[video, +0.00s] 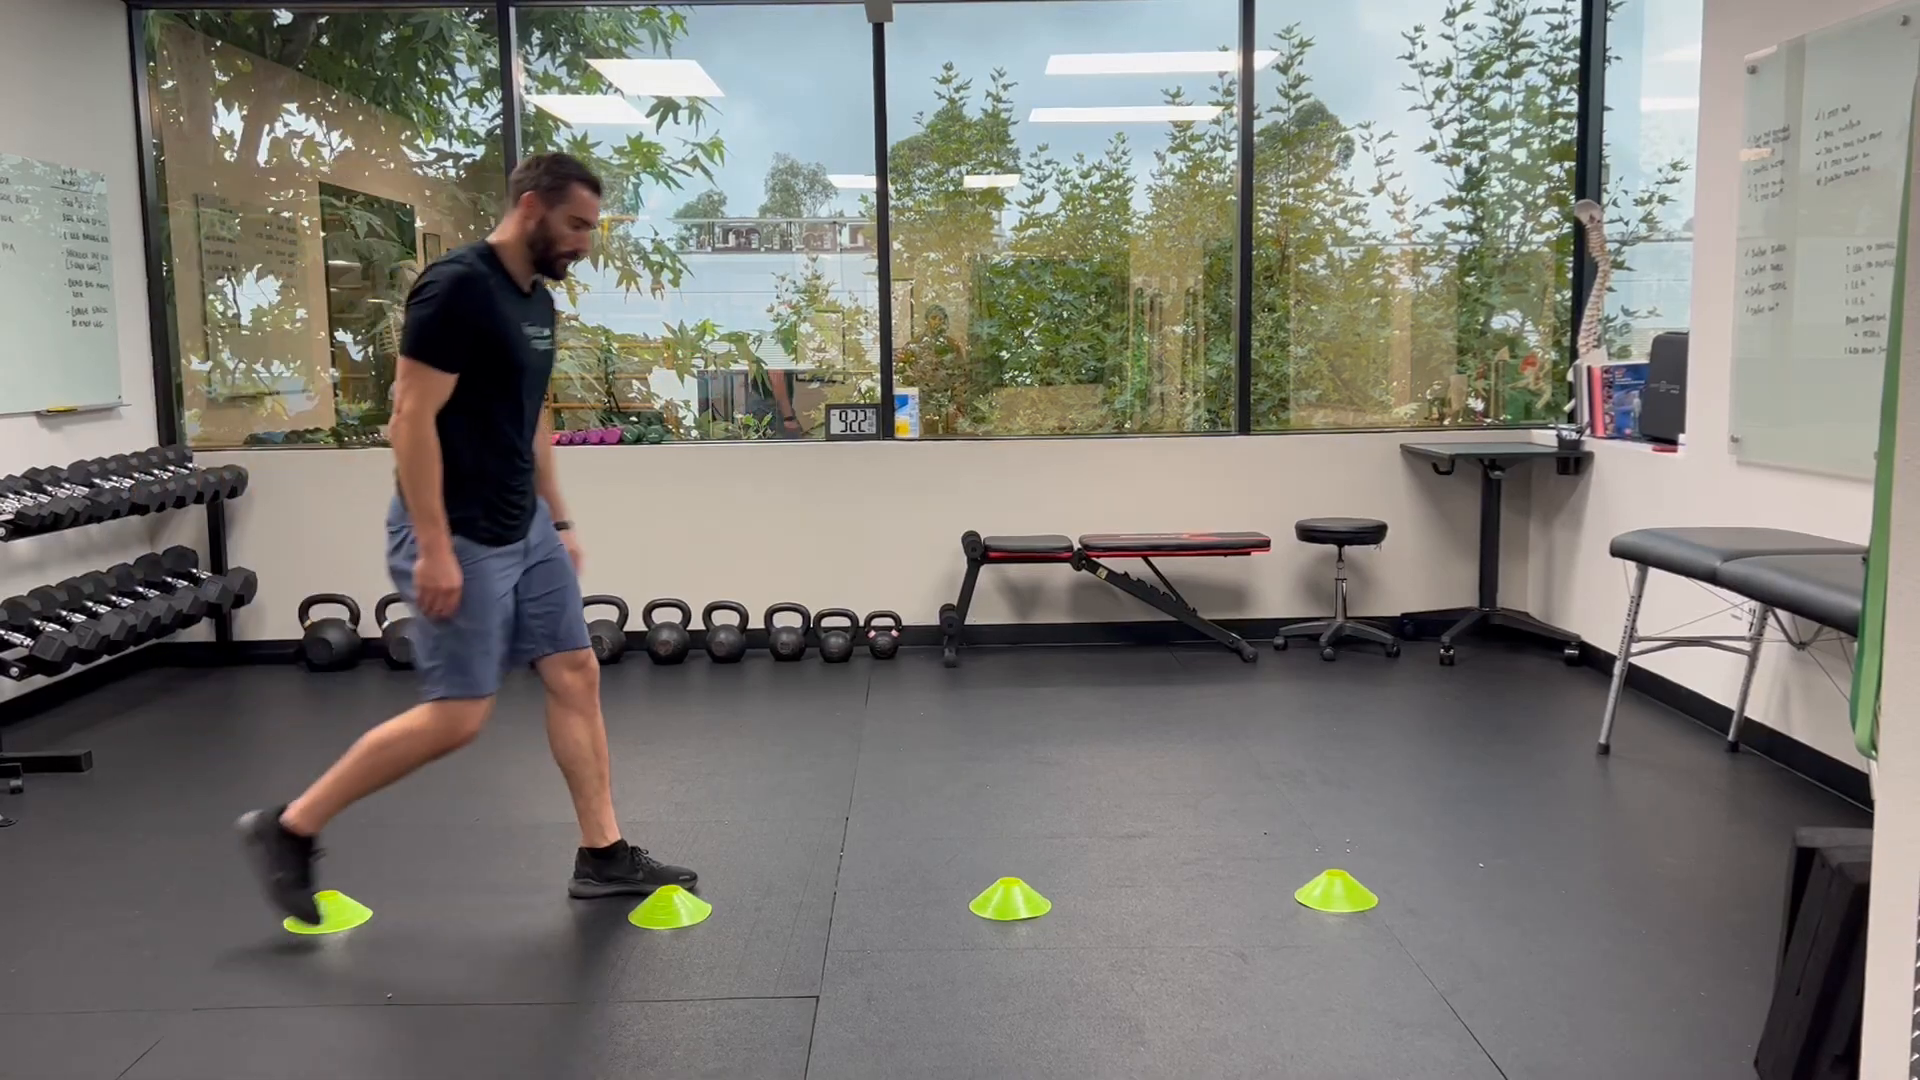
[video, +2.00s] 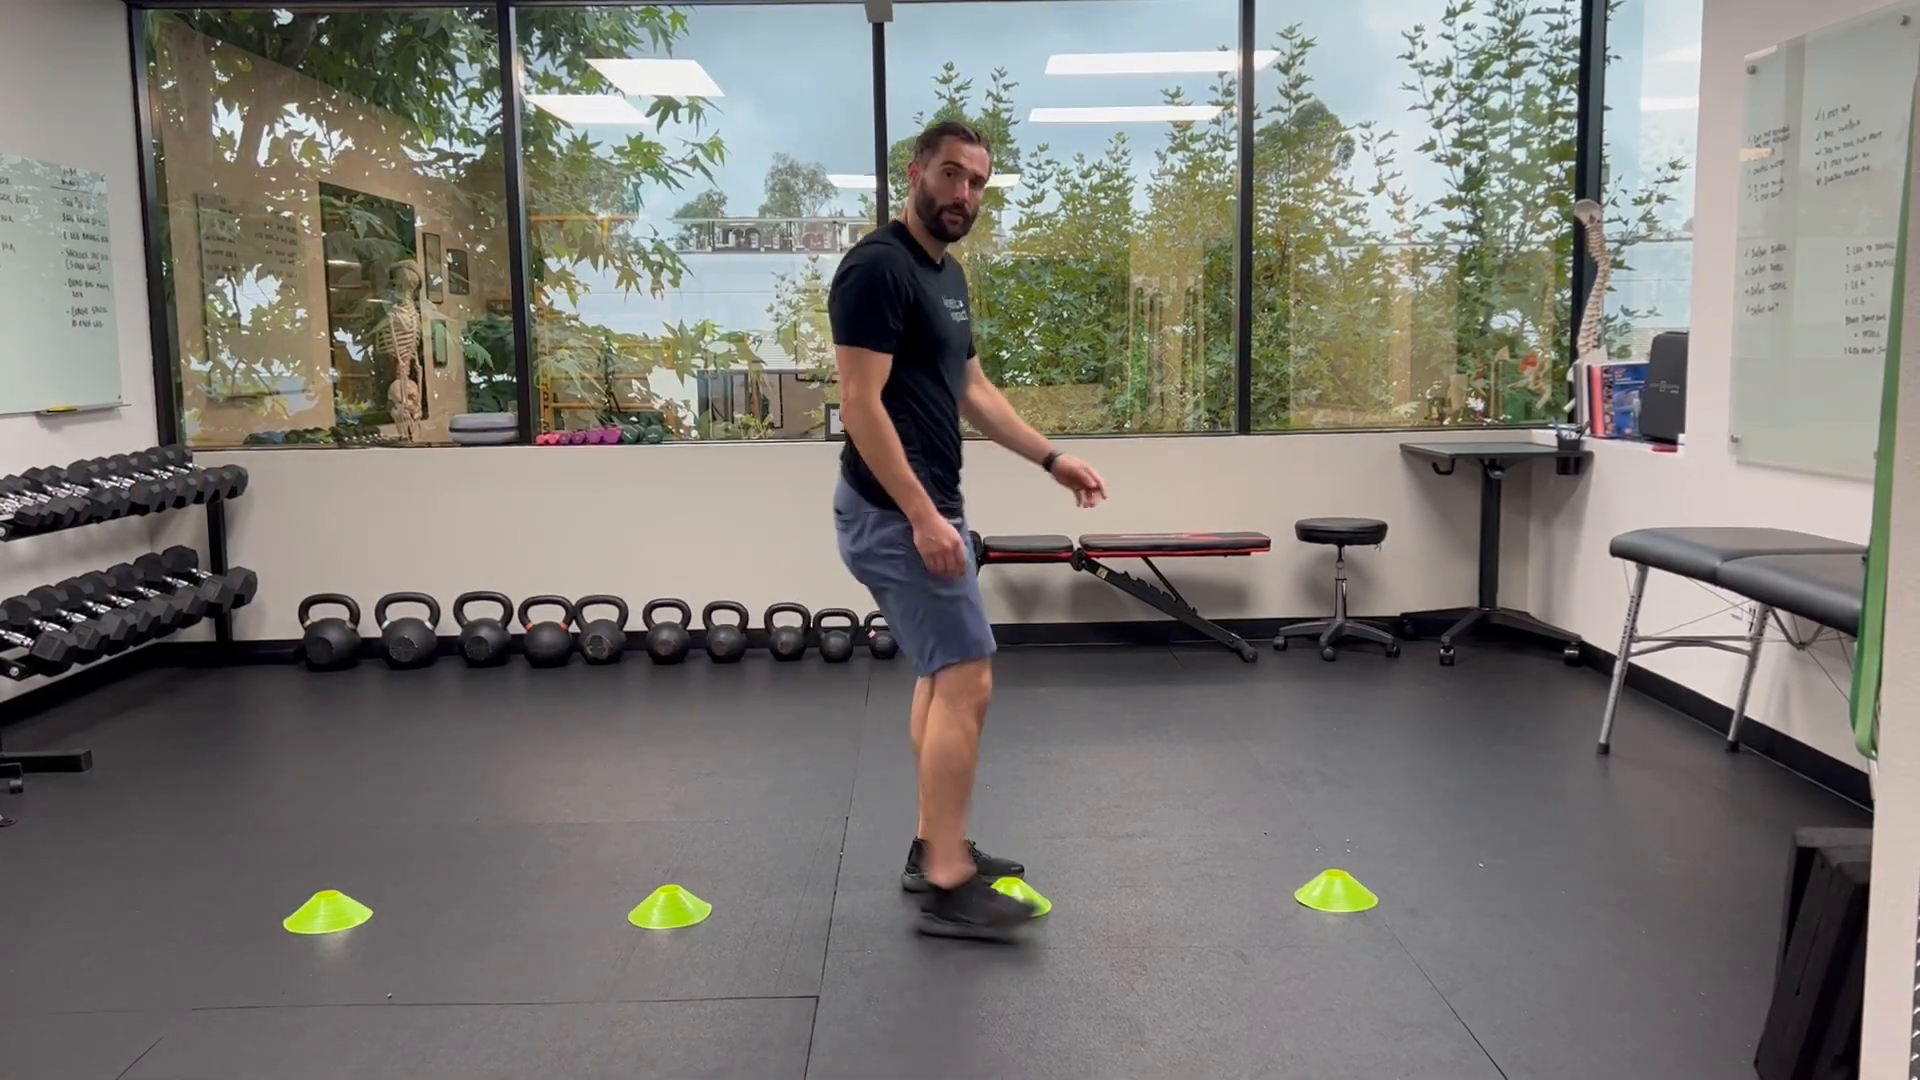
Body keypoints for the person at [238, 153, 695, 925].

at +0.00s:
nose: (585, 243)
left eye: (591, 229)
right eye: (578, 225)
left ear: (557, 218)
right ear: (530, 206)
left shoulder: (537, 299)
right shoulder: (456, 287)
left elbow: (531, 420)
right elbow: (410, 418)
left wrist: (557, 519)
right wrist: (434, 547)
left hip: (526, 534)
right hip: (457, 543)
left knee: (574, 672)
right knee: (457, 714)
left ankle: (603, 851)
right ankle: (289, 829)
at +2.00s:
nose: (964, 193)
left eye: (977, 182)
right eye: (952, 173)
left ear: (980, 194)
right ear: (913, 173)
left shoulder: (947, 277)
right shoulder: (875, 270)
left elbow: (972, 389)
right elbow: (859, 403)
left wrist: (1051, 457)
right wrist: (922, 514)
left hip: (929, 508)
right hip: (894, 513)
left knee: (941, 681)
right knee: (967, 684)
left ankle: (937, 851)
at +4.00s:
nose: (1298, 177)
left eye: (1308, 164)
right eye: (1283, 160)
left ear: (1314, 176)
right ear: (1242, 166)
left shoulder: (1273, 260)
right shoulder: (1228, 261)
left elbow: (1335, 364)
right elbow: (1234, 399)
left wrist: (1363, 283)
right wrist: (1293, 511)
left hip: (1277, 495)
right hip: (1267, 501)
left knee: (1273, 666)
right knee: (1300, 677)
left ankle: (1250, 840)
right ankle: (1272, 878)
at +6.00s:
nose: (744, 239)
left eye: (754, 226)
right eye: (737, 222)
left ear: (742, 214)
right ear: (697, 197)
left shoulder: (707, 281)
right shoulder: (633, 275)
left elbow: (736, 393)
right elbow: (596, 399)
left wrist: (826, 450)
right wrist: (592, 523)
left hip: (697, 508)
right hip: (662, 510)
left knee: (675, 671)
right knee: (733, 674)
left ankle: (628, 839)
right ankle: (769, 877)